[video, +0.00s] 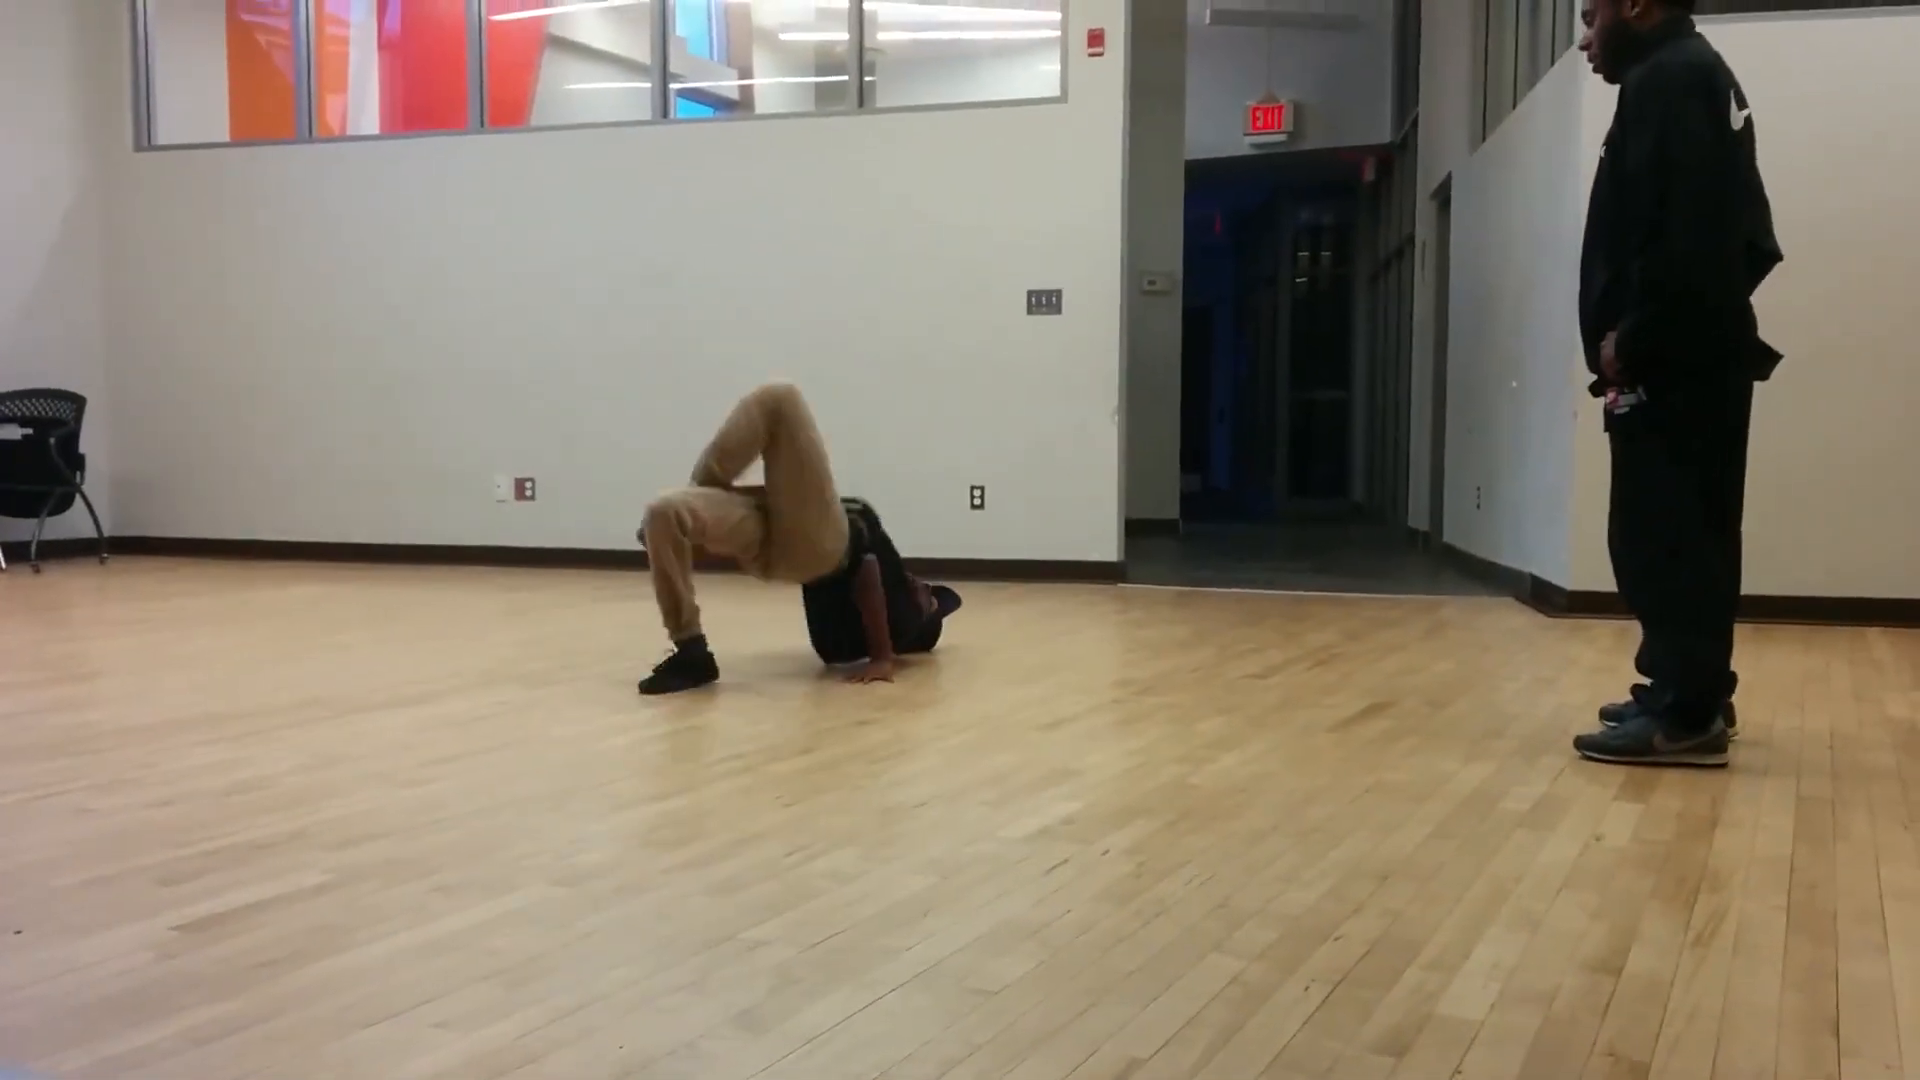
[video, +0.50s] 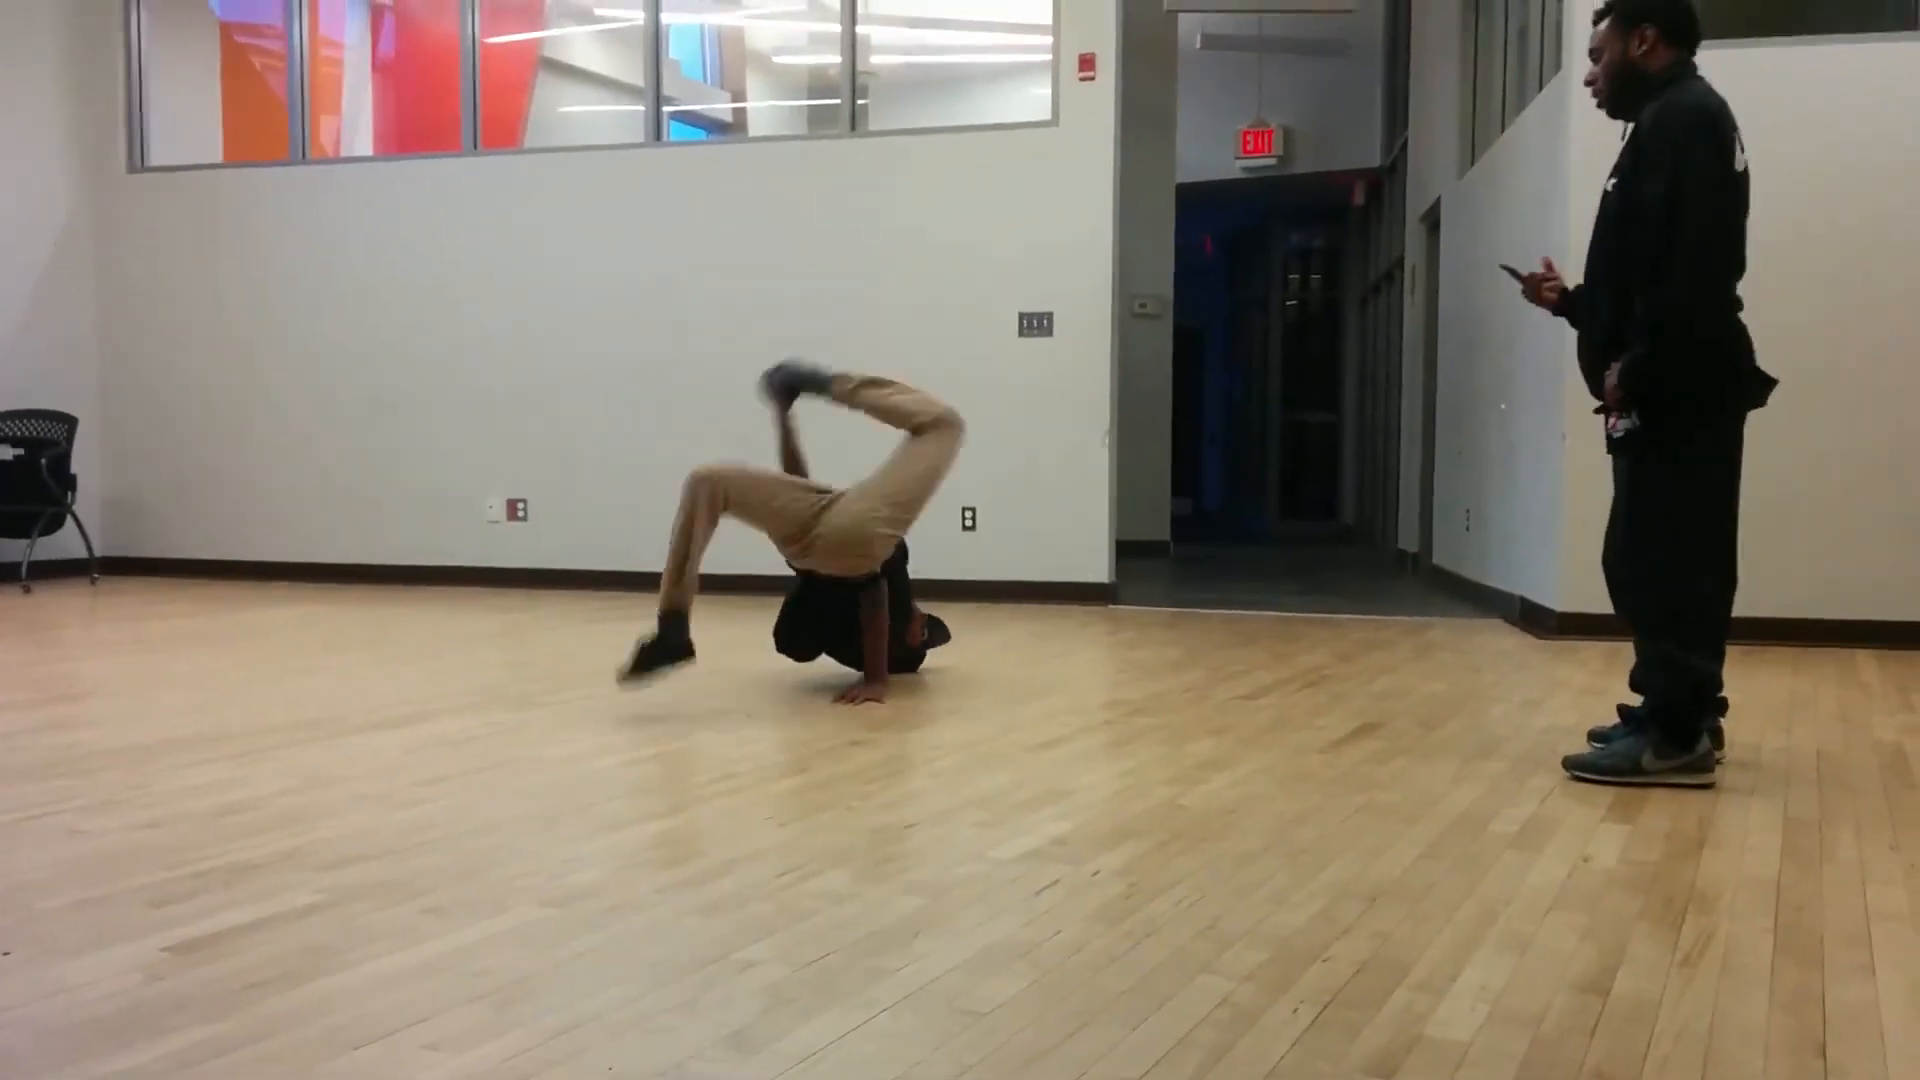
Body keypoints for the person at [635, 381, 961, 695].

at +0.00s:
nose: (924, 589)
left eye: (932, 600)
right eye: (928, 588)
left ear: (925, 619)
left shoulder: (912, 626)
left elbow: (868, 569)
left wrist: (882, 658)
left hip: (820, 545)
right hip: (765, 530)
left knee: (780, 402)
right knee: (663, 513)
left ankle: (694, 499)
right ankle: (692, 654)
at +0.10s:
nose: (924, 594)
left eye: (929, 607)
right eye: (929, 595)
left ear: (913, 632)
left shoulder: (895, 636)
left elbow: (858, 577)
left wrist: (880, 663)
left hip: (810, 562)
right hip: (766, 534)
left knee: (811, 423)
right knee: (671, 522)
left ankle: (699, 495)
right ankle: (686, 660)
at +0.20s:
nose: (917, 599)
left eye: (922, 613)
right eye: (923, 601)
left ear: (902, 635)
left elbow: (853, 578)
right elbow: (844, 521)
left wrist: (876, 666)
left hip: (809, 567)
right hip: (767, 536)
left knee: (832, 435)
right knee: (676, 532)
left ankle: (707, 491)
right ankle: (672, 665)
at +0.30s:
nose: (917, 603)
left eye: (922, 620)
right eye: (922, 603)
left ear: (899, 641)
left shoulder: (870, 643)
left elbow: (862, 584)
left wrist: (876, 671)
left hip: (823, 563)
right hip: (783, 525)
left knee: (852, 423)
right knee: (683, 540)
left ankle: (726, 485)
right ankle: (673, 669)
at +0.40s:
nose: (917, 615)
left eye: (920, 626)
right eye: (922, 616)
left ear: (904, 642)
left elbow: (861, 583)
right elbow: (787, 521)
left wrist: (875, 674)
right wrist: (747, 473)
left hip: (848, 539)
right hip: (796, 522)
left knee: (894, 403)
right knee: (689, 532)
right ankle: (671, 672)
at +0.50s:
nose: (923, 629)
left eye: (925, 638)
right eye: (930, 630)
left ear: (913, 643)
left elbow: (877, 594)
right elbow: (797, 492)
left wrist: (877, 681)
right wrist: (785, 417)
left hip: (859, 536)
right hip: (807, 526)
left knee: (943, 425)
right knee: (705, 484)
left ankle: (823, 383)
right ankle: (673, 633)